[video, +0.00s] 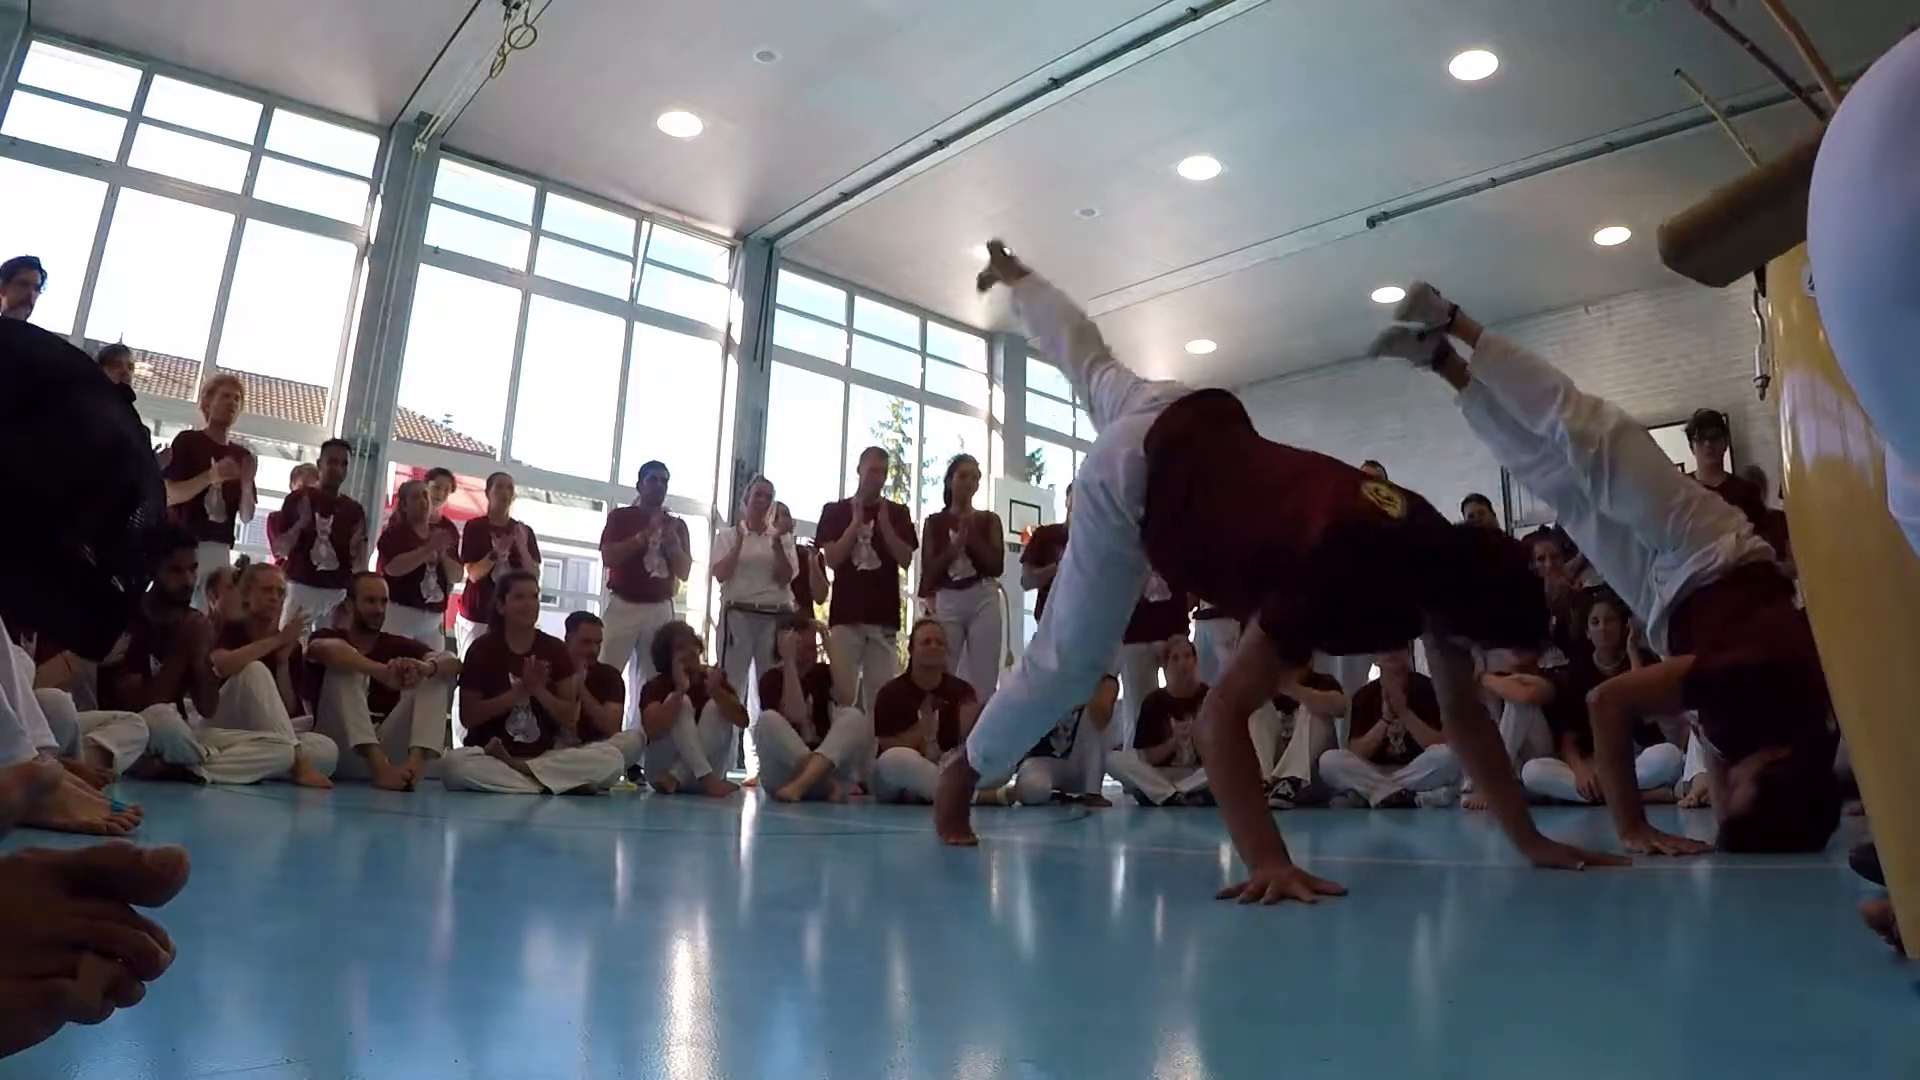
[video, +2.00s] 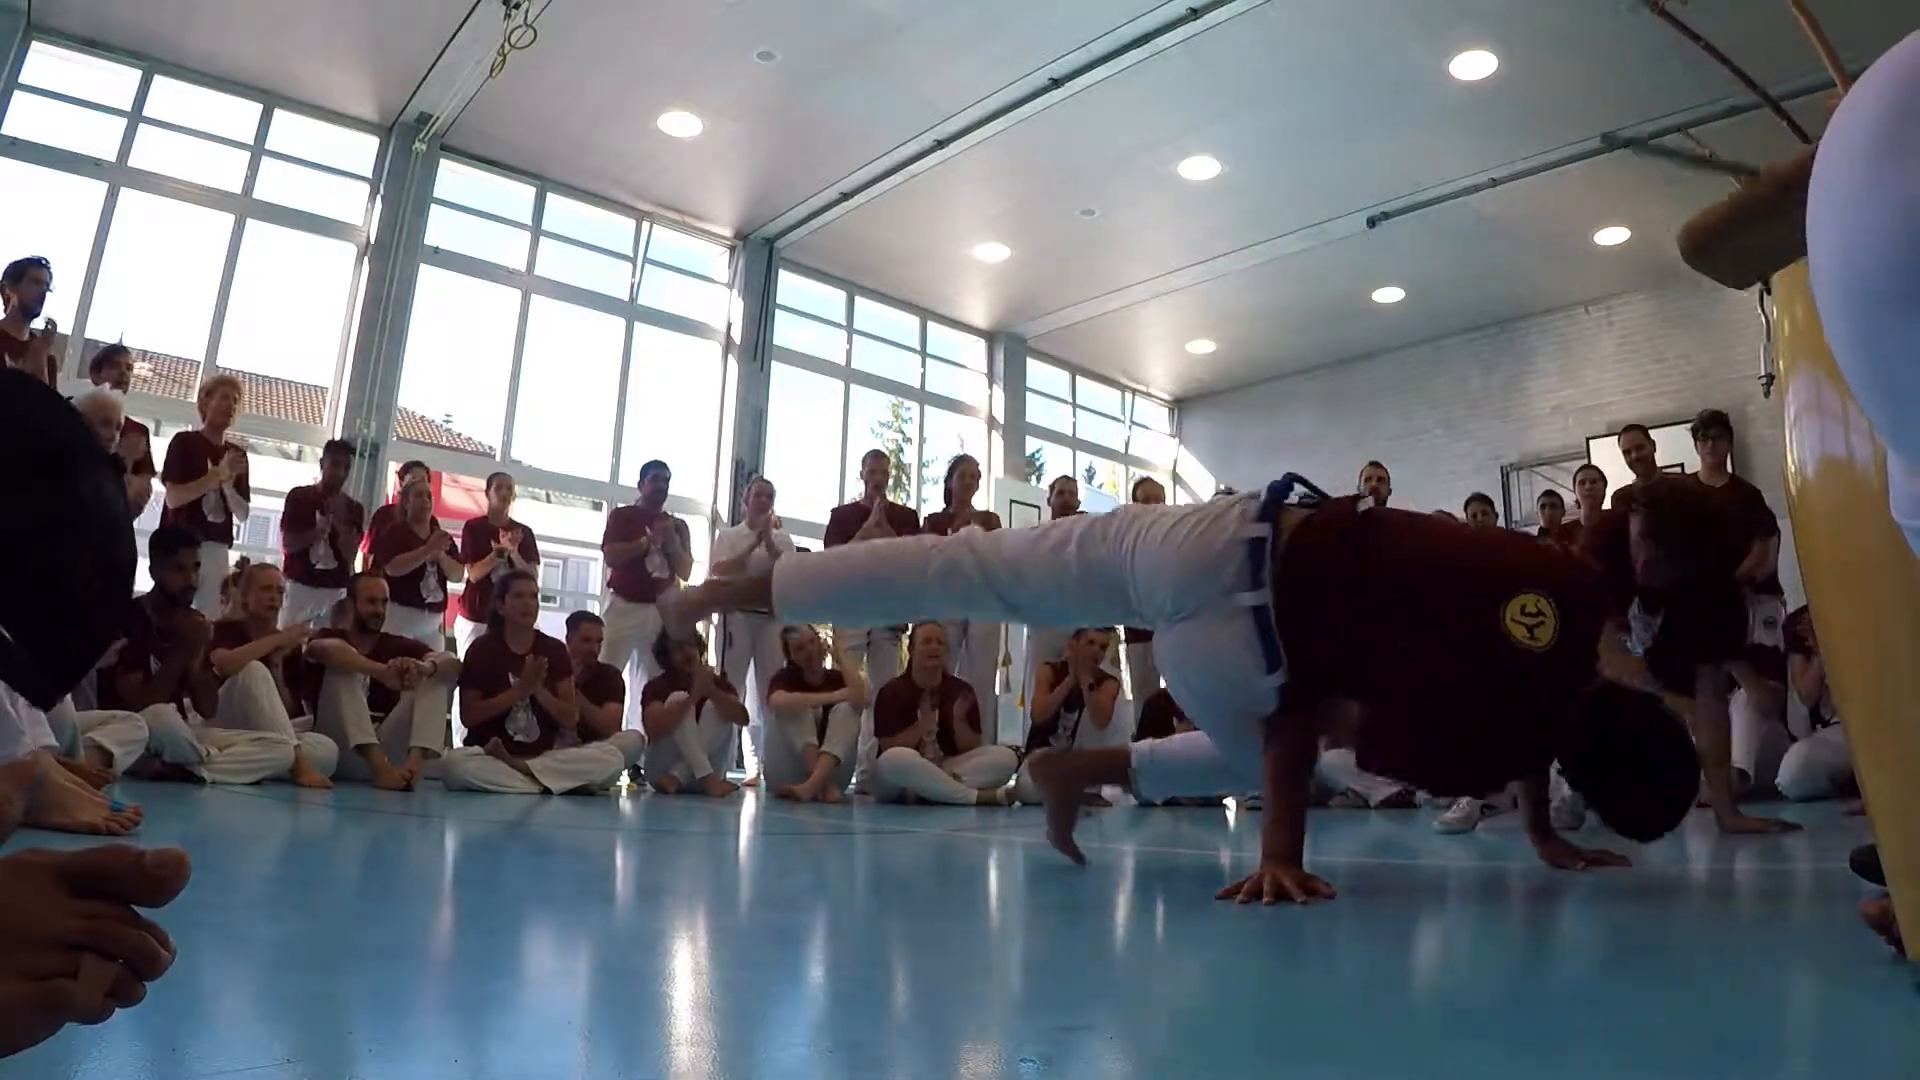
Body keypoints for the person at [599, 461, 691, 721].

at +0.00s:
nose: (659, 485)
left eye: (663, 481)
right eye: (653, 479)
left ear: (668, 487)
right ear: (639, 484)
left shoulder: (676, 525)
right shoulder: (619, 517)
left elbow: (684, 573)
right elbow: (609, 557)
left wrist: (672, 545)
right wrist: (644, 535)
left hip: (660, 609)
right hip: (622, 607)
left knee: (653, 684)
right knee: (606, 679)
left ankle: (646, 747)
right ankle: (599, 744)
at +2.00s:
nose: (661, 485)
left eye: (665, 480)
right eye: (655, 479)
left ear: (669, 487)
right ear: (640, 484)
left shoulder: (677, 525)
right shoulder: (621, 515)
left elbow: (685, 572)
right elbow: (611, 556)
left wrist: (671, 544)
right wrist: (648, 543)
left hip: (660, 609)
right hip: (622, 607)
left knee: (654, 686)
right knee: (606, 680)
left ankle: (649, 750)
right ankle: (599, 746)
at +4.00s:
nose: (663, 487)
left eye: (668, 482)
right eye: (657, 480)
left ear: (671, 488)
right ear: (644, 484)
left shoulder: (678, 526)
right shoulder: (622, 516)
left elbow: (685, 574)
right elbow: (612, 558)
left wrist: (673, 544)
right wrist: (644, 539)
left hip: (661, 610)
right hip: (623, 608)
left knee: (653, 686)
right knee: (607, 681)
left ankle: (646, 749)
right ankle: (601, 745)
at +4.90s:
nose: (660, 485)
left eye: (665, 481)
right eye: (654, 480)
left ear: (669, 486)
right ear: (640, 484)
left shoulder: (677, 525)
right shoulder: (620, 517)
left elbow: (685, 574)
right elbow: (610, 559)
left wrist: (673, 544)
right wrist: (644, 540)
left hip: (660, 610)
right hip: (623, 608)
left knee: (654, 684)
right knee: (606, 679)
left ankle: (650, 750)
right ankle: (599, 745)